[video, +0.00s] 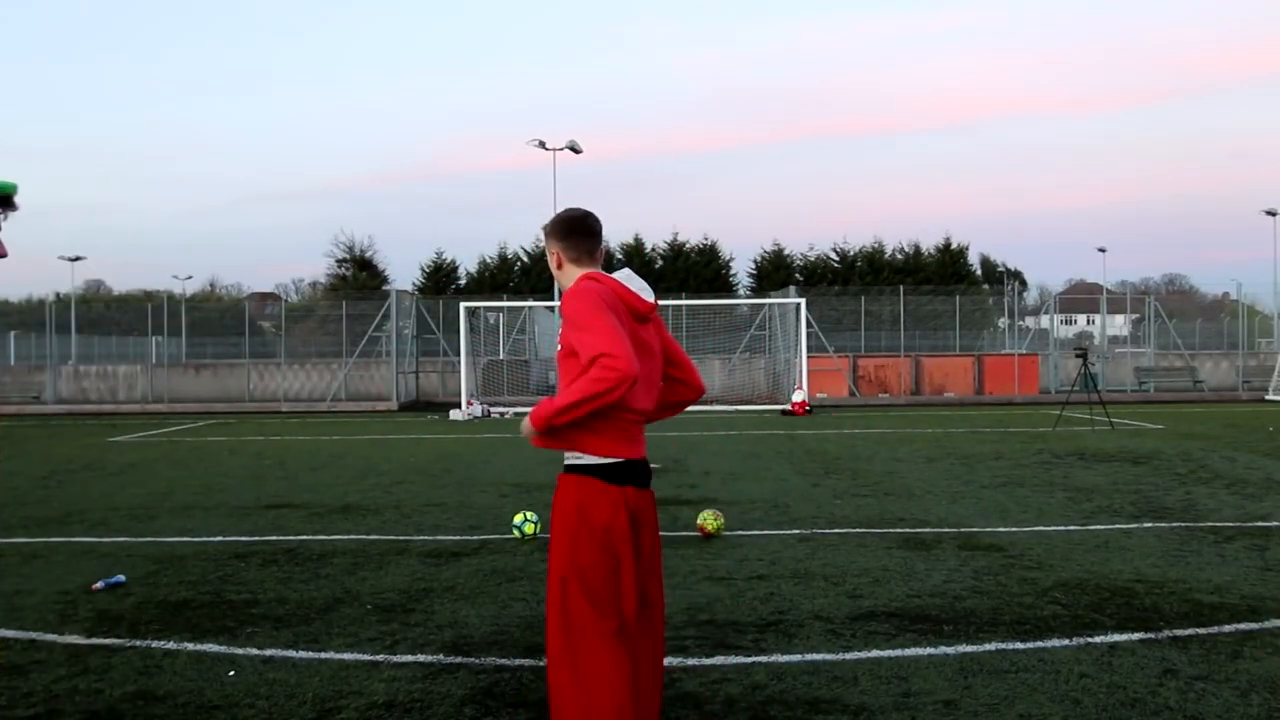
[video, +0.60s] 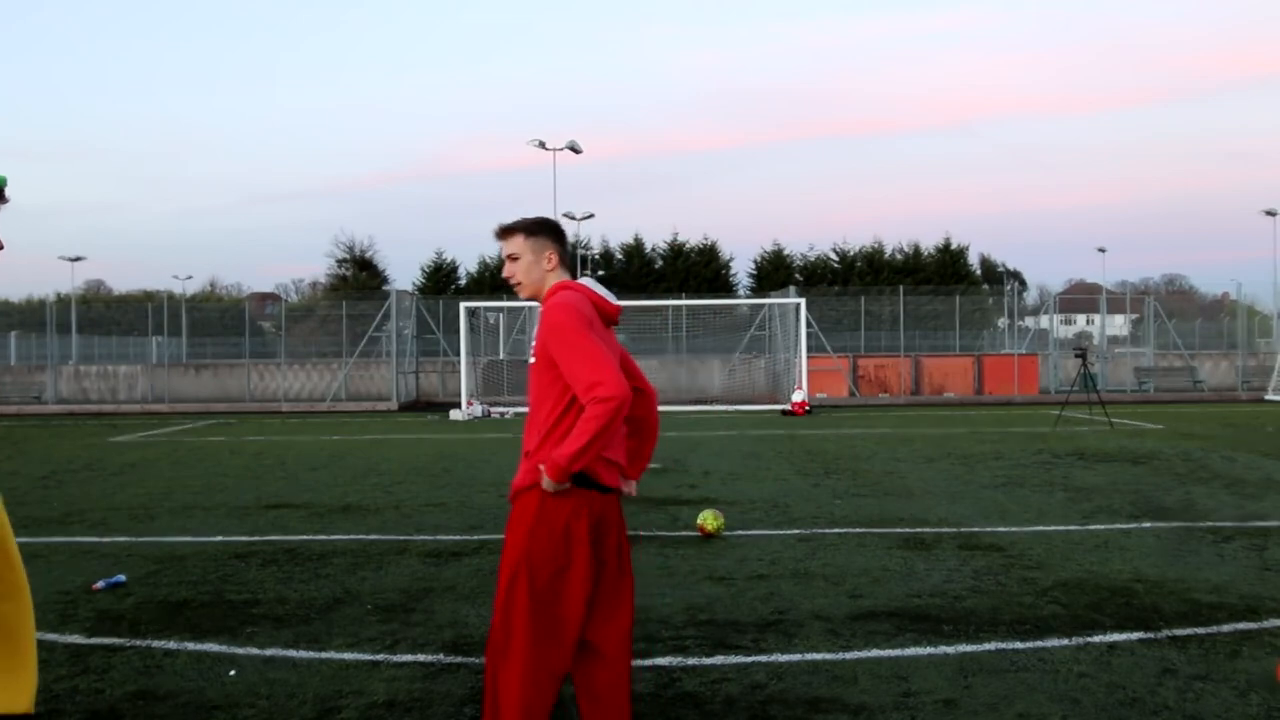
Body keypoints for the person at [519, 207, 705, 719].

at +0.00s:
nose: (550, 266)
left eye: (547, 258)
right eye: (549, 259)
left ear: (554, 257)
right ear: (602, 253)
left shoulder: (583, 296)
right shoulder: (632, 299)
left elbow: (614, 370)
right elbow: (686, 384)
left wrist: (542, 417)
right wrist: (621, 412)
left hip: (591, 486)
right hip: (634, 485)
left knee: (587, 631)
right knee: (635, 626)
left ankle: (596, 715)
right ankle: (635, 713)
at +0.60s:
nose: (506, 272)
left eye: (514, 260)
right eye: (504, 262)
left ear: (549, 258)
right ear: (554, 262)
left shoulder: (560, 310)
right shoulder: (584, 310)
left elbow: (609, 393)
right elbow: (642, 394)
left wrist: (557, 465)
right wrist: (627, 469)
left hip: (555, 508)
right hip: (599, 507)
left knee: (524, 648)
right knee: (602, 651)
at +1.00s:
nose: (450, 270)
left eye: (459, 257)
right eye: (449, 259)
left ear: (495, 258)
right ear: (497, 261)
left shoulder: (513, 313)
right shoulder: (530, 309)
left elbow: (564, 409)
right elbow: (583, 402)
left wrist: (525, 493)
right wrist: (551, 483)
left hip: (506, 507)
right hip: (535, 507)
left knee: (489, 642)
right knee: (535, 635)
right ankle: (566, 706)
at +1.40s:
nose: (421, 282)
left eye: (430, 270)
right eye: (419, 271)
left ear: (466, 271)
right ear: (455, 275)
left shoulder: (503, 317)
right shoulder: (467, 326)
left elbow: (574, 404)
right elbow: (511, 410)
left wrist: (550, 487)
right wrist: (498, 486)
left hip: (531, 497)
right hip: (501, 494)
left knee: (514, 633)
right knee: (495, 629)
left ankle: (515, 714)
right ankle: (501, 711)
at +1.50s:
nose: (406, 304)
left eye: (415, 292)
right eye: (403, 294)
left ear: (451, 293)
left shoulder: (494, 333)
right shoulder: (447, 354)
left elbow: (577, 404)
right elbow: (513, 416)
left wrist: (565, 490)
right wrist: (517, 490)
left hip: (550, 496)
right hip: (518, 495)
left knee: (526, 632)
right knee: (507, 629)